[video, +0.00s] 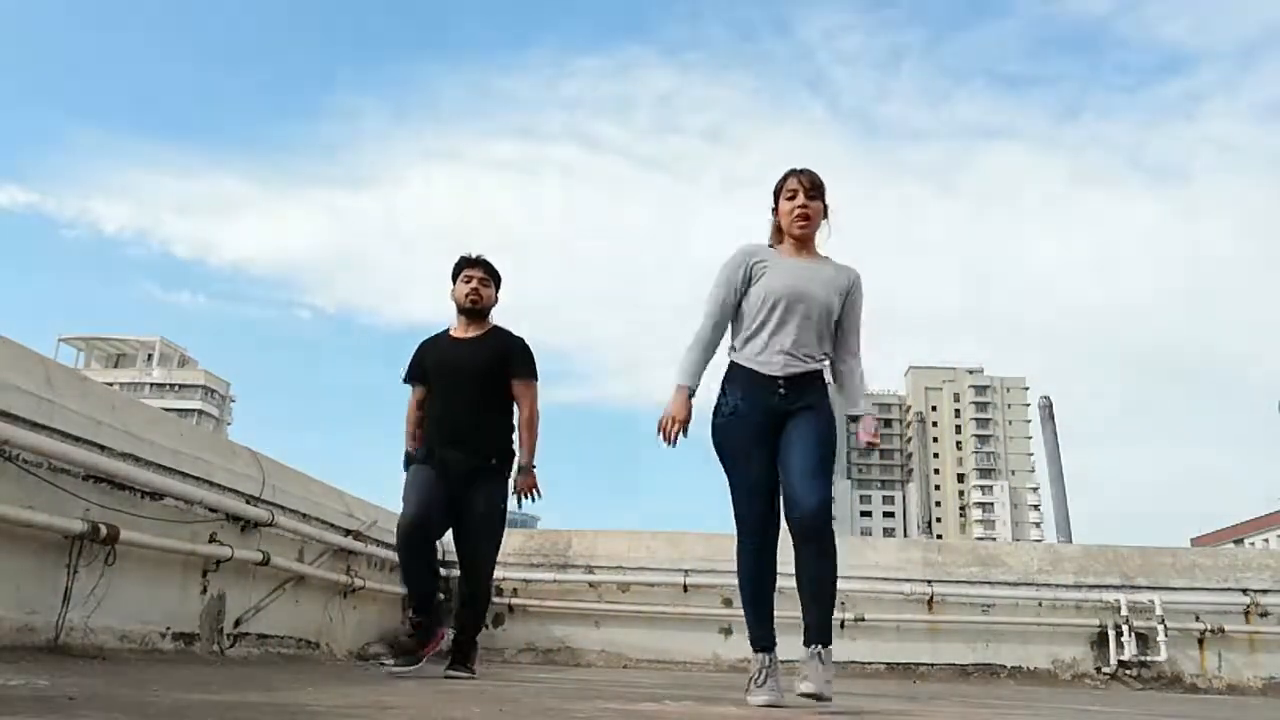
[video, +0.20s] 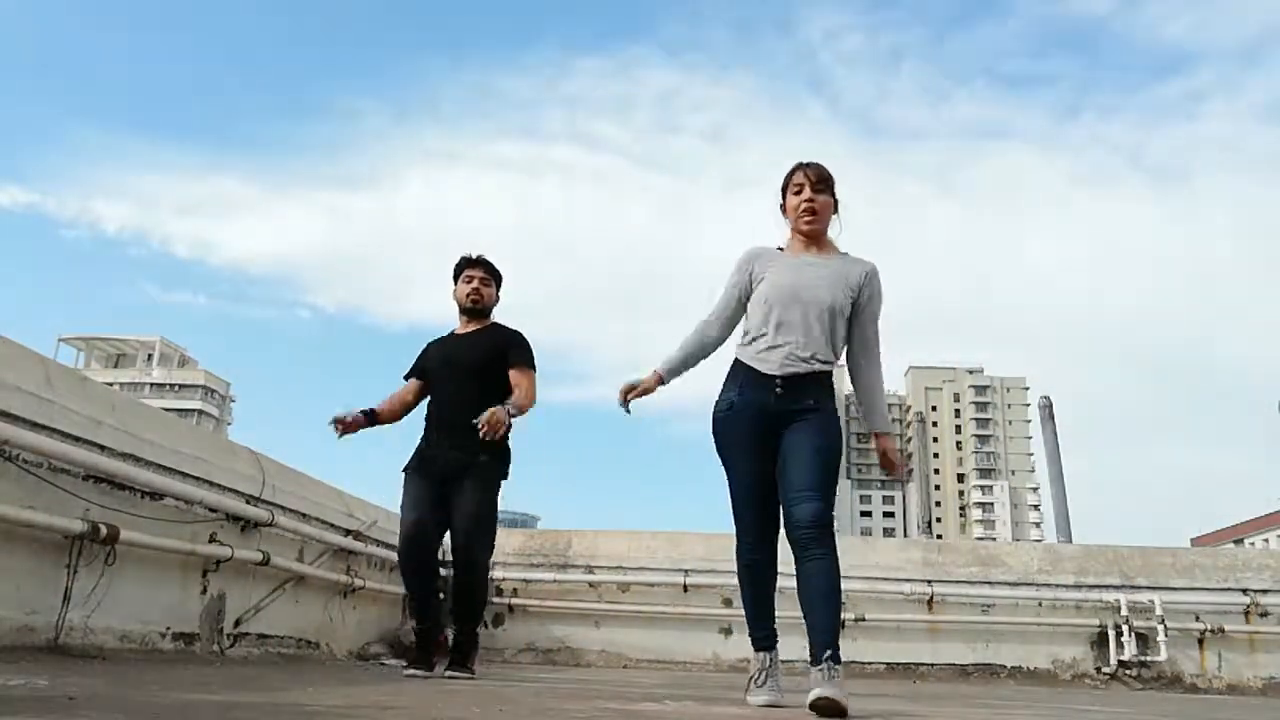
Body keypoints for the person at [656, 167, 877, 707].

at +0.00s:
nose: (802, 203)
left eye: (811, 196)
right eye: (791, 196)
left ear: (824, 210)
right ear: (775, 210)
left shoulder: (844, 278)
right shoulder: (748, 260)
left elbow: (846, 356)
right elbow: (710, 326)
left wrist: (862, 412)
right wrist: (683, 392)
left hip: (810, 402)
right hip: (745, 399)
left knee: (811, 512)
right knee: (756, 529)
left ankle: (818, 653)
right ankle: (763, 661)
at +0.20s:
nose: (808, 197)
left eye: (818, 190)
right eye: (798, 190)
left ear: (835, 205)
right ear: (784, 205)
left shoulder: (858, 274)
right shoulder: (757, 261)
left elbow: (865, 361)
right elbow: (713, 328)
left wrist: (881, 434)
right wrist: (657, 376)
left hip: (812, 404)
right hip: (745, 398)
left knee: (811, 524)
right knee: (754, 533)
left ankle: (825, 669)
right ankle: (764, 660)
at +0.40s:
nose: (801, 181)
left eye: (812, 173)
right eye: (791, 175)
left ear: (829, 189)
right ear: (777, 193)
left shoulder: (860, 247)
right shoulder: (756, 254)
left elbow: (871, 331)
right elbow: (737, 333)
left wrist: (876, 399)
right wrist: (705, 397)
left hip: (834, 386)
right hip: (766, 387)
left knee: (824, 520)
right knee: (729, 522)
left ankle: (826, 671)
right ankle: (749, 642)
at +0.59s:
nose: (786, 171)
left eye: (797, 164)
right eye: (776, 163)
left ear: (814, 179)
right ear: (762, 179)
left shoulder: (844, 229)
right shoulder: (741, 248)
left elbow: (855, 303)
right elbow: (743, 319)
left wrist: (823, 340)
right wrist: (780, 368)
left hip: (838, 383)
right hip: (770, 385)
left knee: (833, 519)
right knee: (742, 514)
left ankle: (832, 668)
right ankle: (733, 646)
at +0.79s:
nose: (777, 188)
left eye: (787, 181)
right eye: (766, 180)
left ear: (801, 198)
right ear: (750, 195)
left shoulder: (829, 251)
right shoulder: (728, 258)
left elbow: (842, 320)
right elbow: (722, 330)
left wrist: (780, 320)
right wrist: (784, 357)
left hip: (831, 399)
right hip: (762, 400)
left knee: (832, 526)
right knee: (743, 530)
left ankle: (835, 670)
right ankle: (720, 666)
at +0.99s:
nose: (767, 198)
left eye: (777, 191)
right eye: (757, 190)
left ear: (790, 206)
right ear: (740, 203)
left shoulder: (815, 267)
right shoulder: (714, 262)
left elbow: (834, 340)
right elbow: (687, 325)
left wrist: (781, 328)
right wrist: (730, 354)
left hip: (801, 405)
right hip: (732, 406)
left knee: (811, 526)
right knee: (733, 533)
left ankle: (829, 671)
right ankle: (719, 667)